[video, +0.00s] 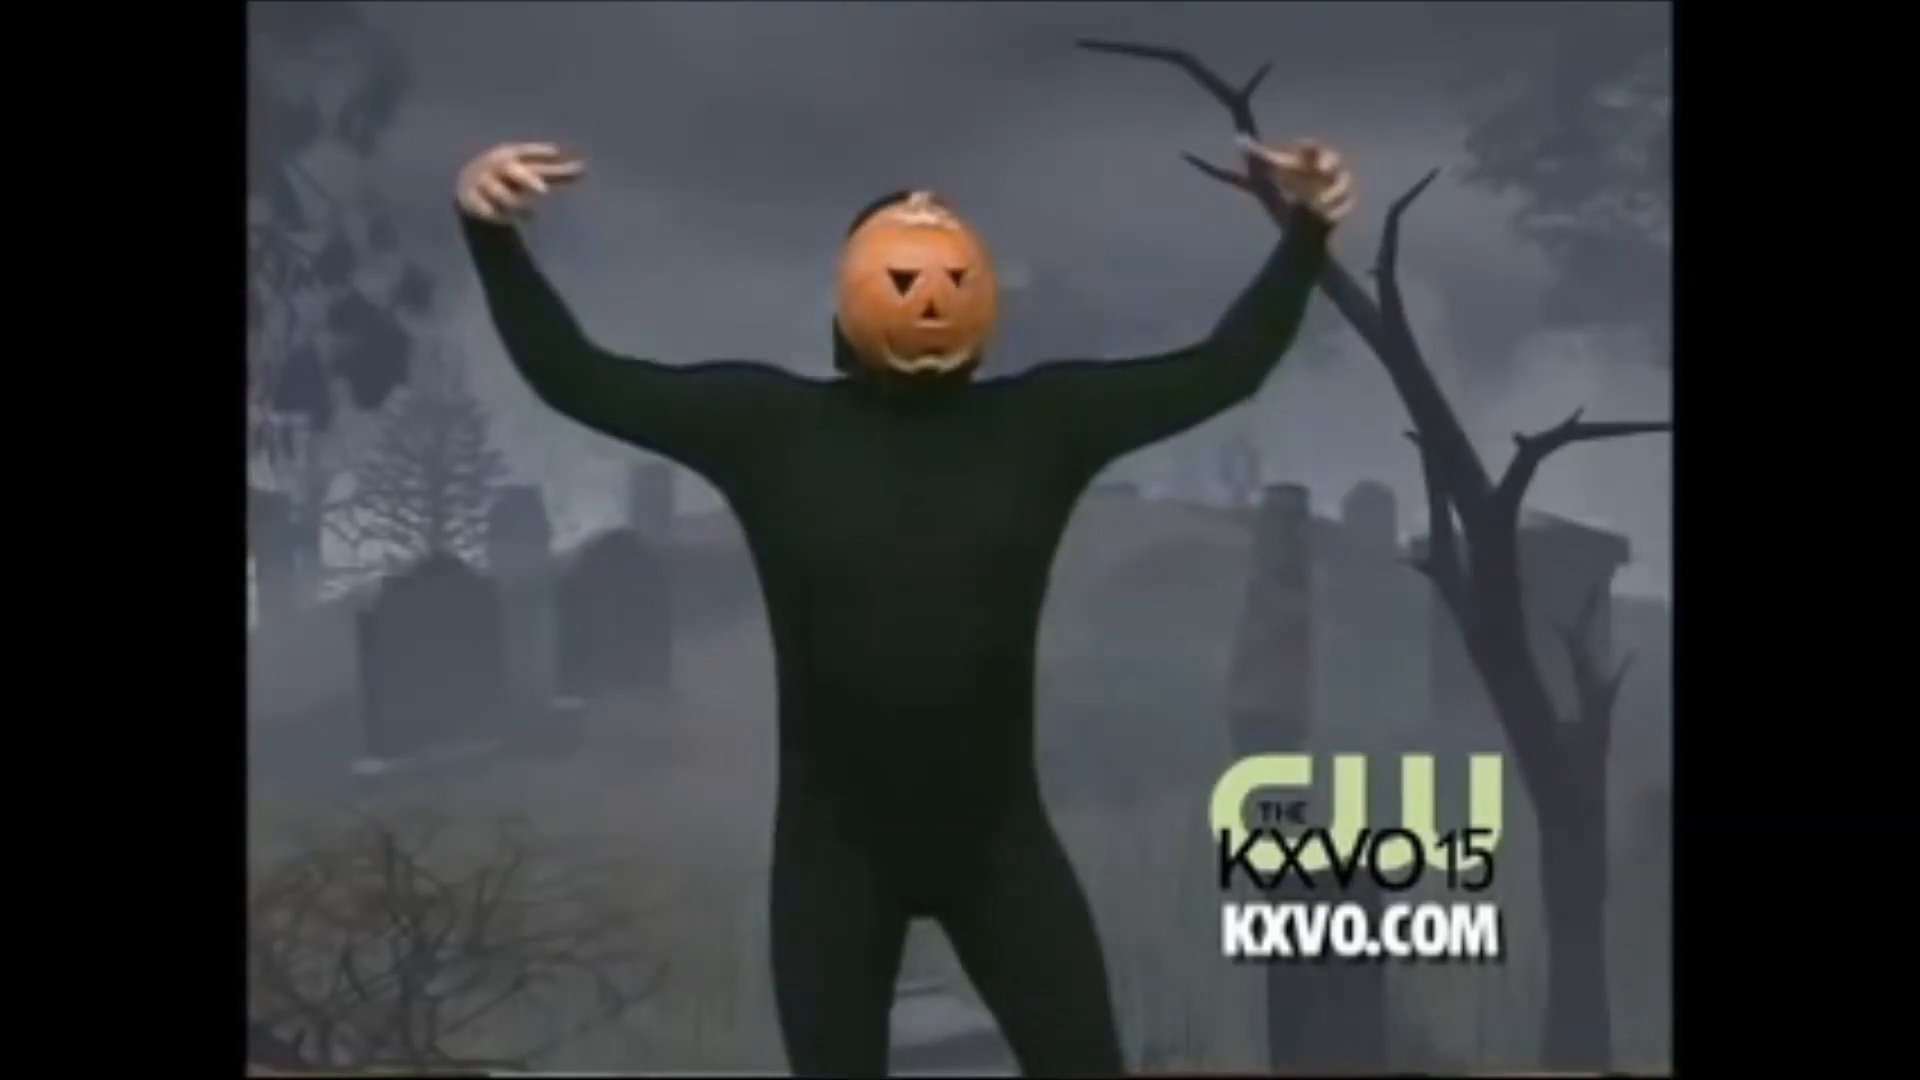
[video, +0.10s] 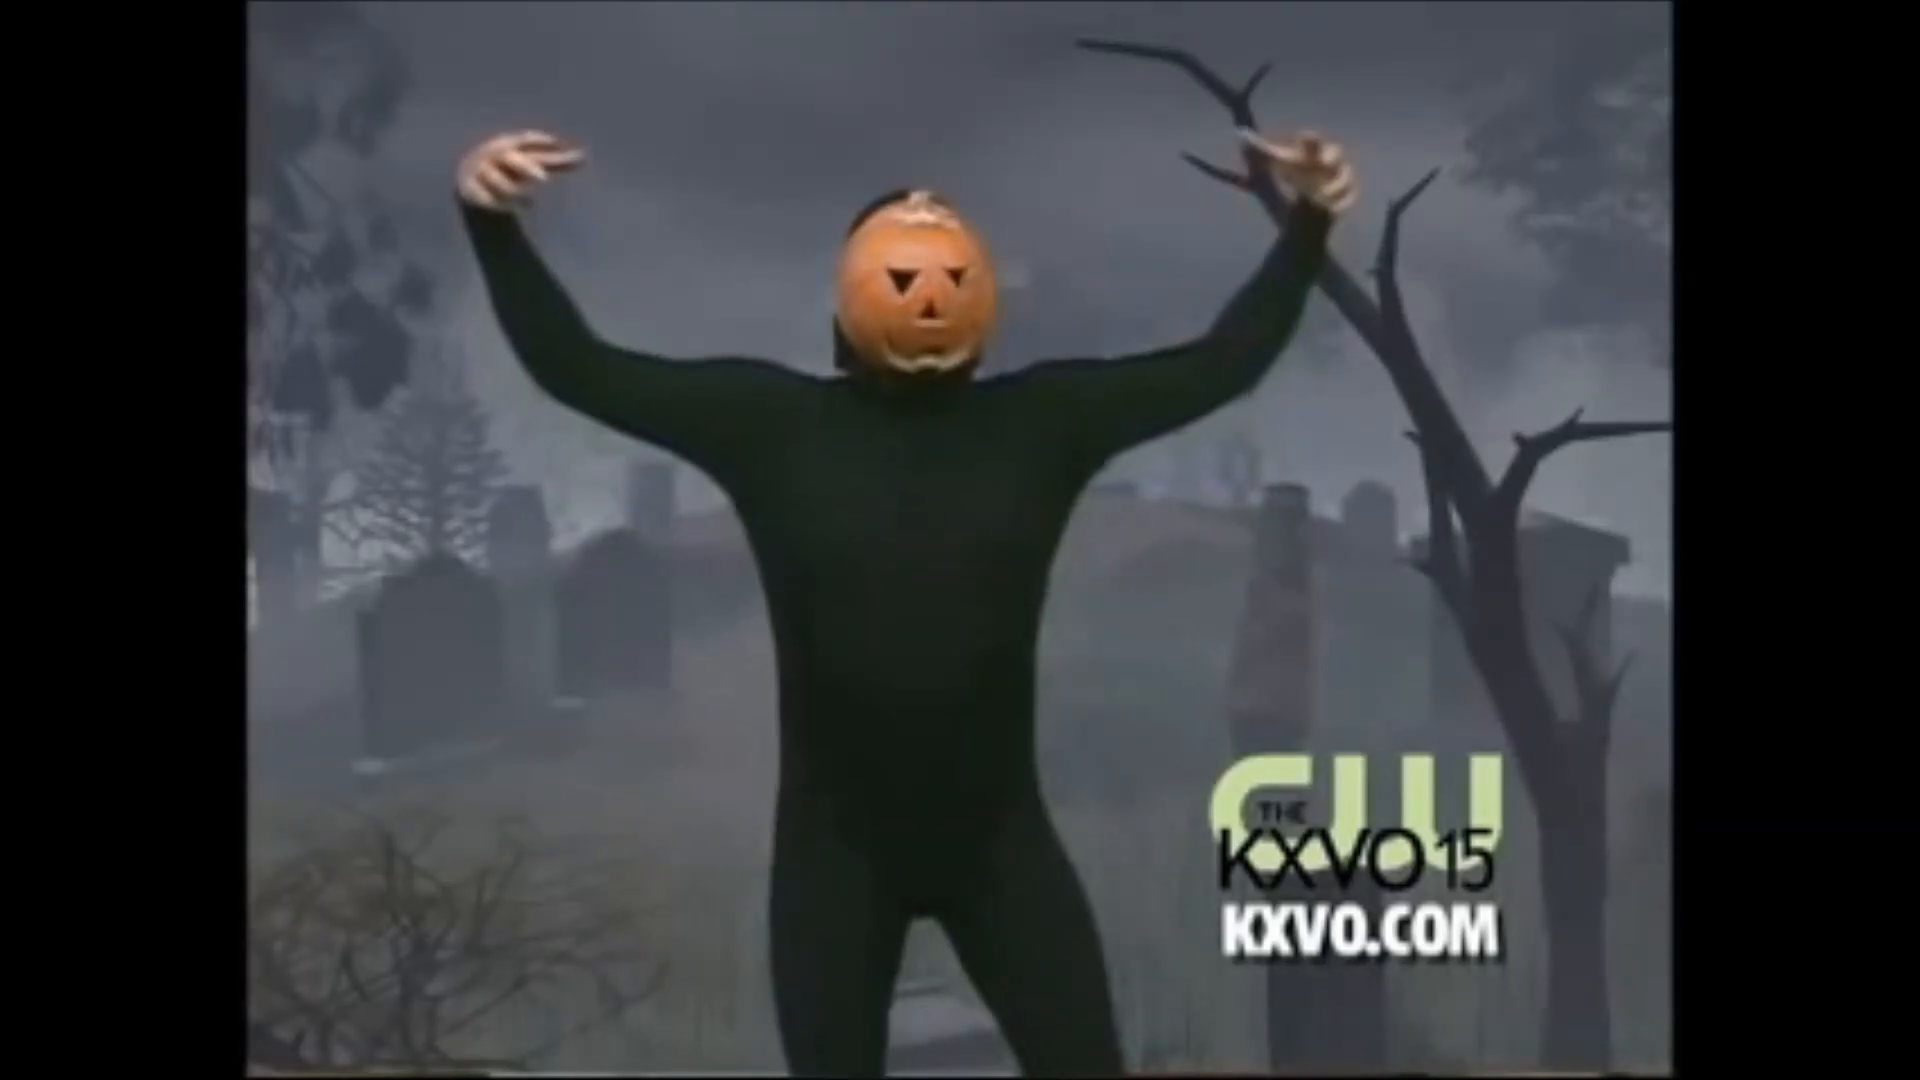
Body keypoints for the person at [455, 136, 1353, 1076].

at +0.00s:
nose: (926, 260)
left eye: (952, 250)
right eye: (892, 247)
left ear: (988, 309)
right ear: (838, 309)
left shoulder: (1053, 420)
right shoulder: (761, 423)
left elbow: (1229, 366)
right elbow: (571, 373)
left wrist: (1305, 234)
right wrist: (491, 233)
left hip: (1000, 838)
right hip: (833, 846)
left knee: (1087, 1068)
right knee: (834, 1072)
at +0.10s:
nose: (930, 279)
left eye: (954, 265)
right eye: (897, 262)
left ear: (991, 306)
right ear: (841, 309)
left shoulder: (1052, 419)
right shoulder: (761, 420)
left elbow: (1226, 362)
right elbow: (572, 364)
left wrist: (1305, 228)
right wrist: (491, 221)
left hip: (1001, 838)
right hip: (834, 845)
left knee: (1086, 1066)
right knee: (831, 1069)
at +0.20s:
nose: (928, 284)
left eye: (953, 268)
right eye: (896, 266)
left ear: (991, 303)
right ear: (841, 306)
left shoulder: (1051, 417)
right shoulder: (764, 418)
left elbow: (1227, 357)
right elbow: (574, 357)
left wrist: (1305, 223)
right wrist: (492, 211)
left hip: (1000, 836)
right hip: (833, 842)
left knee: (1085, 1066)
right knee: (831, 1070)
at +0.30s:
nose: (927, 283)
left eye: (952, 268)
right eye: (896, 266)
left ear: (990, 303)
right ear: (842, 305)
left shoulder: (1051, 416)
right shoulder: (764, 417)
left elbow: (1224, 353)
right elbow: (574, 350)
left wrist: (1305, 216)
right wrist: (493, 203)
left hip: (1000, 835)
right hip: (834, 841)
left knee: (1085, 1066)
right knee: (828, 1070)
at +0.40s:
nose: (925, 282)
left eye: (951, 266)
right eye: (894, 263)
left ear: (991, 300)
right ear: (842, 302)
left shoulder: (1050, 414)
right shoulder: (763, 414)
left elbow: (1223, 349)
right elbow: (573, 346)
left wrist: (1303, 211)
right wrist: (493, 197)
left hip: (1001, 836)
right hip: (833, 841)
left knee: (1086, 1066)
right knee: (824, 1068)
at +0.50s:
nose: (923, 280)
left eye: (949, 265)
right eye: (893, 262)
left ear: (990, 300)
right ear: (841, 301)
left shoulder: (1048, 414)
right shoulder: (763, 413)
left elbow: (1222, 345)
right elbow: (573, 341)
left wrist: (1298, 209)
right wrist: (494, 194)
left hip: (1001, 837)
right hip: (832, 843)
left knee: (1085, 1065)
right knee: (821, 1066)